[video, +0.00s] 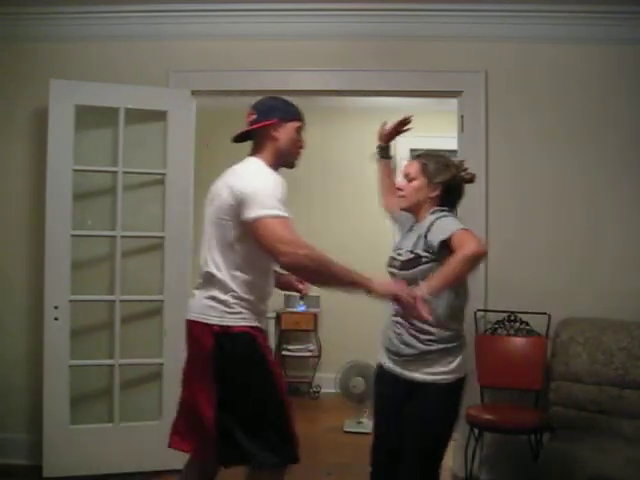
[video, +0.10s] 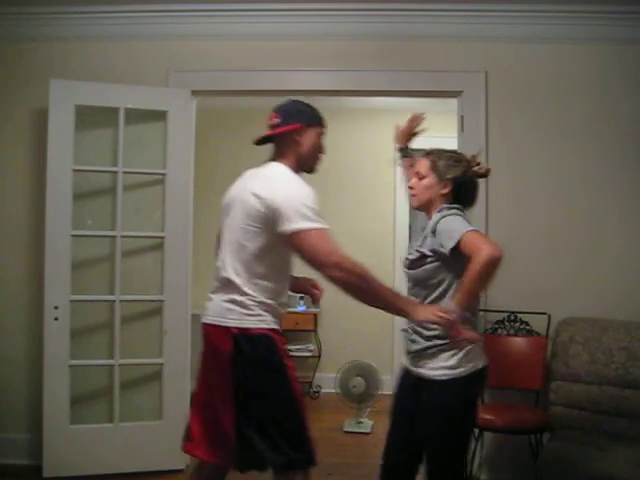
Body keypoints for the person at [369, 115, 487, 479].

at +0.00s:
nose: (399, 183)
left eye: (409, 178)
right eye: (402, 176)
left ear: (434, 190)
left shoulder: (442, 223)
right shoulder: (407, 221)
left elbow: (473, 249)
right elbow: (390, 197)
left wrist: (422, 291)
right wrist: (383, 148)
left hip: (436, 377)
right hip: (394, 369)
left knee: (418, 469)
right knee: (384, 465)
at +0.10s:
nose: (411, 182)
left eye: (420, 176)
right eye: (412, 175)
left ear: (444, 187)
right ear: (439, 188)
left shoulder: (448, 220)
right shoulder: (427, 217)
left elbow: (487, 252)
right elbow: (414, 185)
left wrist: (456, 311)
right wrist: (402, 145)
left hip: (452, 374)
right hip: (420, 369)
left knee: (444, 470)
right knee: (396, 465)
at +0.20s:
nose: (422, 186)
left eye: (430, 178)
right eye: (424, 177)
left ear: (455, 185)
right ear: (455, 187)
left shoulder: (453, 222)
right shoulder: (455, 218)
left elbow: (504, 256)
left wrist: (494, 315)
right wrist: (430, 158)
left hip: (461, 376)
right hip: (468, 371)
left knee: (410, 466)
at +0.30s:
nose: (434, 186)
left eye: (442, 178)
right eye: (437, 178)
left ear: (466, 187)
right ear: (466, 189)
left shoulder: (465, 226)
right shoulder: (483, 220)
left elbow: (525, 267)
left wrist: (525, 310)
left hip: (484, 372)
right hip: (493, 368)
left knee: (433, 457)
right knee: (465, 464)